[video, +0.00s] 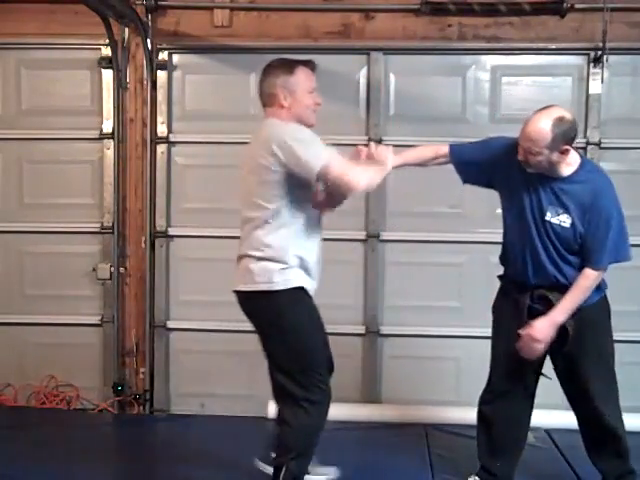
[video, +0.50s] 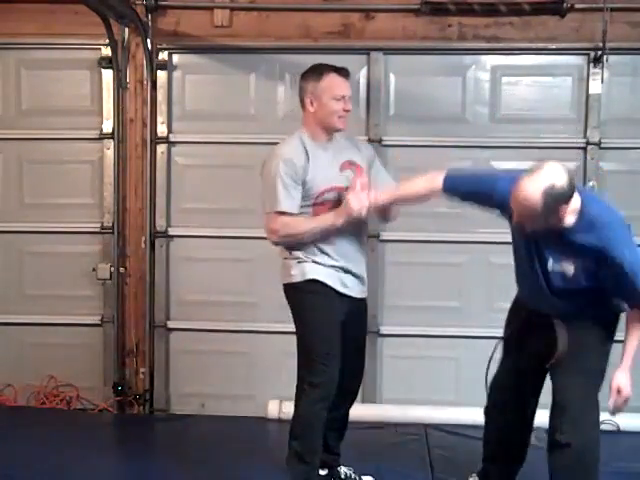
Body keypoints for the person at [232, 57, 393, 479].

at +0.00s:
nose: (319, 100)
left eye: (317, 91)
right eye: (312, 92)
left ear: (280, 99)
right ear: (282, 98)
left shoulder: (272, 134)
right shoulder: (285, 134)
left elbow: (317, 200)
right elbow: (354, 179)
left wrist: (353, 167)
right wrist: (382, 164)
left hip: (266, 279)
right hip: (276, 281)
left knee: (298, 373)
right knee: (313, 374)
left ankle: (283, 454)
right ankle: (292, 469)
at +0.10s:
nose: (330, 103)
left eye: (328, 94)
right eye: (322, 95)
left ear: (295, 102)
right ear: (293, 101)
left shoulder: (293, 142)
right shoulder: (288, 145)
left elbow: (317, 197)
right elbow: (323, 216)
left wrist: (355, 177)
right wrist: (369, 185)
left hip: (293, 284)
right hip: (290, 287)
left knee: (312, 387)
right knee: (321, 391)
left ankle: (320, 466)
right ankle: (299, 472)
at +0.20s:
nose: (337, 108)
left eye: (335, 100)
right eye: (328, 100)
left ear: (304, 108)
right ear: (299, 107)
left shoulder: (313, 153)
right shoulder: (286, 158)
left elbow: (343, 210)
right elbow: (307, 232)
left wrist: (359, 182)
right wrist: (360, 194)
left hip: (324, 286)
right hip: (299, 289)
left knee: (345, 380)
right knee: (327, 385)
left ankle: (326, 467)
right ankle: (298, 473)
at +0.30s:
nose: (340, 107)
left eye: (340, 99)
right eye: (332, 100)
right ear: (302, 105)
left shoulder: (332, 152)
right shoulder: (285, 156)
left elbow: (372, 210)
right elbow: (296, 231)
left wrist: (373, 180)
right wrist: (351, 196)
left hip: (340, 283)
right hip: (306, 283)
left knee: (349, 379)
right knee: (324, 382)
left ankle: (327, 465)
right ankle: (301, 472)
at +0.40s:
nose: (342, 106)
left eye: (343, 98)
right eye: (334, 98)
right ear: (305, 101)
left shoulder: (346, 149)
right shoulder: (287, 153)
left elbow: (389, 204)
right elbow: (290, 229)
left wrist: (377, 179)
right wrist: (349, 197)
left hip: (348, 279)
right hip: (309, 278)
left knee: (346, 378)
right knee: (321, 379)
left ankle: (328, 463)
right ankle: (305, 469)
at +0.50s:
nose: (347, 107)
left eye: (349, 100)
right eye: (338, 100)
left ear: (348, 103)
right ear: (309, 102)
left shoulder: (360, 150)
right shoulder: (289, 154)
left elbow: (387, 211)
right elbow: (278, 230)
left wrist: (373, 199)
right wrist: (341, 216)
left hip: (351, 279)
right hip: (310, 276)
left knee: (348, 377)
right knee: (320, 376)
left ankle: (328, 463)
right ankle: (303, 469)